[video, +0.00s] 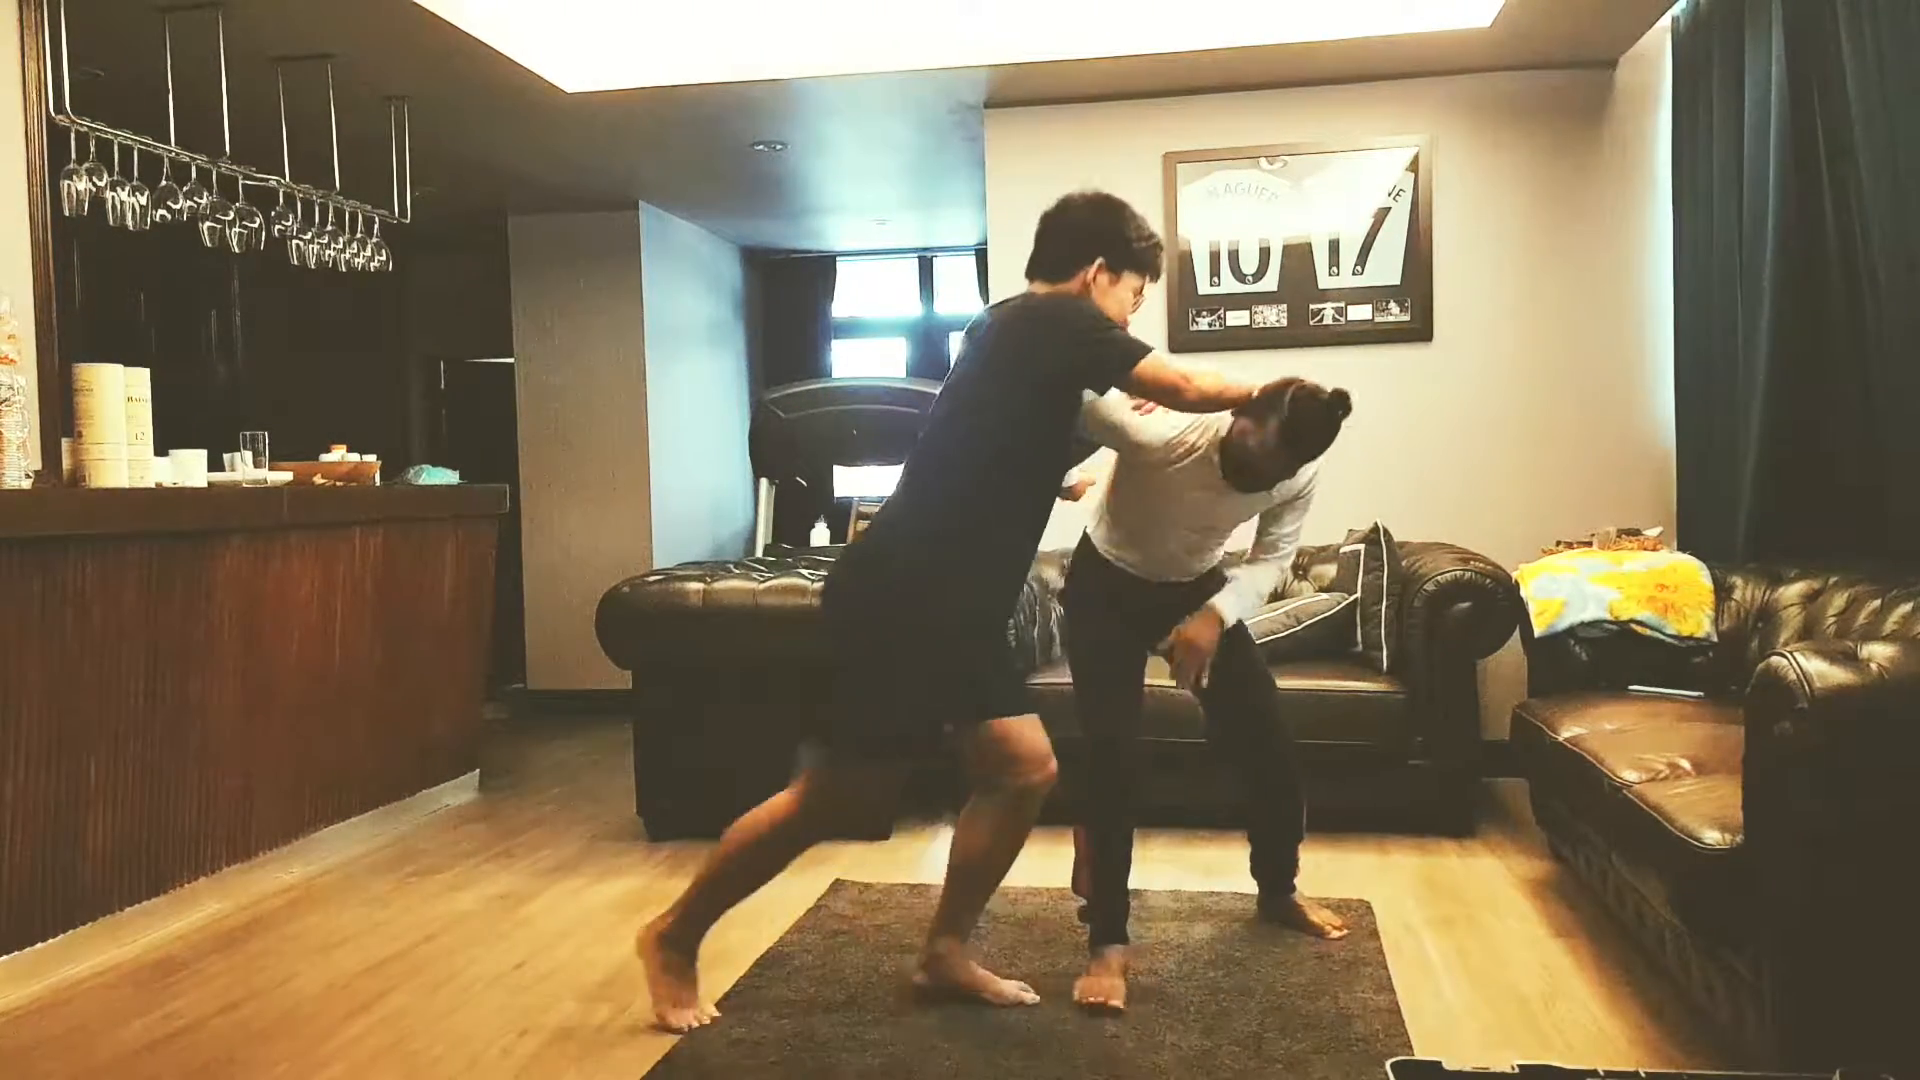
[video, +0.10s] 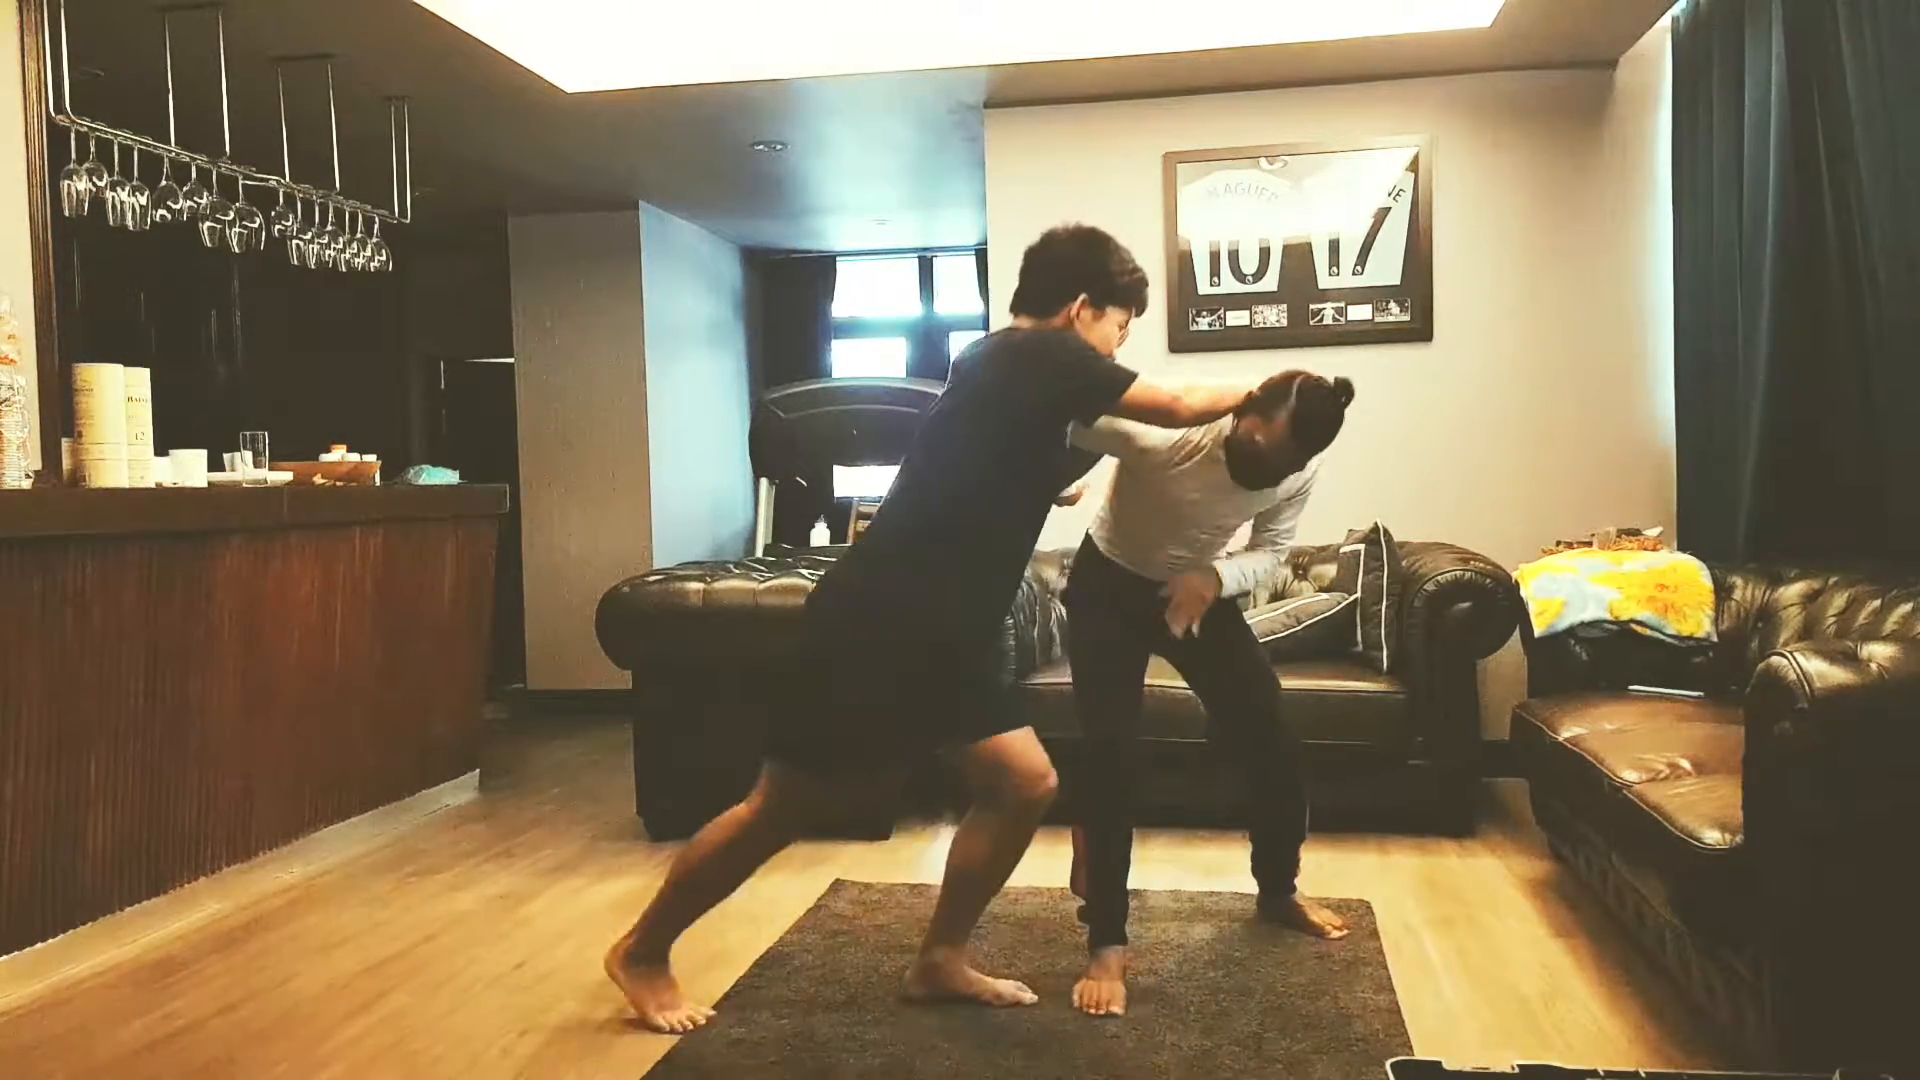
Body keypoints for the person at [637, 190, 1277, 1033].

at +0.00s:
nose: (1135, 311)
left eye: (1139, 295)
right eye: (1134, 290)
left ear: (1067, 270)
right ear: (1094, 270)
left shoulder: (1011, 328)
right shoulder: (1059, 324)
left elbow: (986, 458)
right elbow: (1179, 385)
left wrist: (1066, 482)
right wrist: (1261, 388)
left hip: (950, 601)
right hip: (897, 595)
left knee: (1024, 769)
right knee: (845, 801)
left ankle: (947, 952)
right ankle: (671, 937)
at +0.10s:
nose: (1123, 341)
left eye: (1126, 327)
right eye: (1120, 323)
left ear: (1054, 304)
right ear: (1082, 307)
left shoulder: (994, 364)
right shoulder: (1043, 357)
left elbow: (977, 480)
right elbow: (1174, 405)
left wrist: (1065, 480)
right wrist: (1250, 391)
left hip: (940, 629)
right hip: (874, 622)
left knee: (1024, 783)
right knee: (778, 810)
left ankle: (944, 958)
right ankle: (638, 954)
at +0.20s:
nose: (1118, 339)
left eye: (1122, 324)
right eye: (1117, 319)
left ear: (1053, 296)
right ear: (1076, 296)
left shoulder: (995, 352)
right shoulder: (1037, 351)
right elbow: (1150, 418)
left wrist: (1059, 484)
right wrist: (1239, 411)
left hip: (916, 612)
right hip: (902, 614)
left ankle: (942, 958)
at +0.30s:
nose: (1110, 317)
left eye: (1117, 302)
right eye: (1112, 296)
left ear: (1051, 270)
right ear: (1074, 271)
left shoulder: (988, 326)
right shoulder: (1016, 327)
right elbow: (1090, 427)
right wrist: (1197, 437)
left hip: (934, 575)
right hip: (932, 580)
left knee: (984, 763)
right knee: (1042, 753)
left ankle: (942, 958)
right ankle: (857, 854)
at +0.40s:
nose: (1093, 307)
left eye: (1101, 291)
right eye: (1096, 286)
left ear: (1042, 263)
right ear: (1054, 263)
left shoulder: (979, 324)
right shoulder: (984, 318)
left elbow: (1029, 455)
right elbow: (1020, 428)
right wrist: (1144, 455)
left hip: (930, 569)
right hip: (943, 571)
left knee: (991, 770)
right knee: (1132, 646)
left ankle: (944, 960)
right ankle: (1003, 786)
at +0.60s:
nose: (1064, 299)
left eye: (1072, 283)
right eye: (1063, 277)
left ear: (1016, 261)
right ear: (1016, 257)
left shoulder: (990, 356)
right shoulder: (943, 309)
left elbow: (1003, 467)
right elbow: (969, 408)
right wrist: (1086, 425)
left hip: (947, 571)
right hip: (913, 567)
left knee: (989, 763)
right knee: (1092, 676)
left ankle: (941, 960)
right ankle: (935, 810)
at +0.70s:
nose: (1050, 292)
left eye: (1055, 276)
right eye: (1047, 270)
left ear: (1000, 256)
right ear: (999, 248)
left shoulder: (981, 350)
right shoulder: (927, 301)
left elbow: (997, 465)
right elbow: (964, 393)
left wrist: (1053, 434)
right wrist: (1085, 403)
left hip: (944, 564)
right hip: (896, 561)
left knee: (977, 749)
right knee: (1024, 731)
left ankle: (940, 954)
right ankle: (851, 824)